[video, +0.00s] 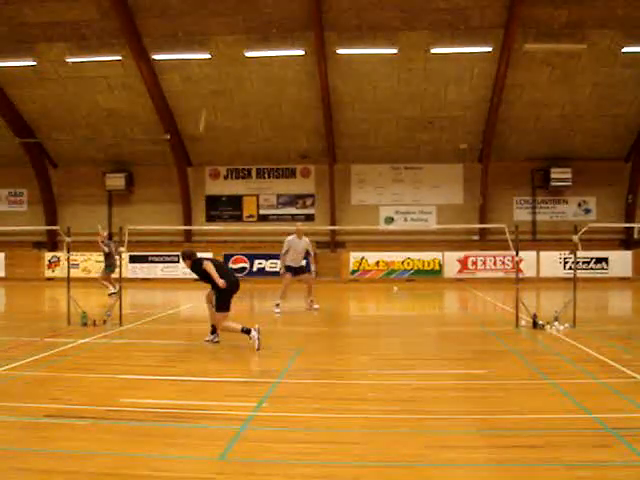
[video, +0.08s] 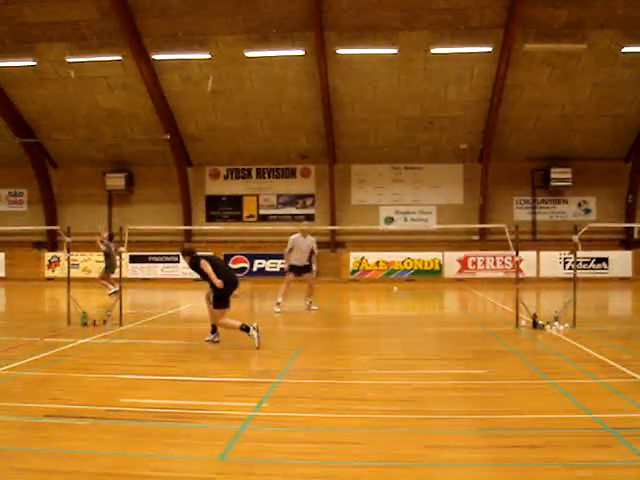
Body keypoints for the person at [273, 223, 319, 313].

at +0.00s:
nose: (299, 230)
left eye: (301, 228)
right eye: (298, 228)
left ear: (303, 230)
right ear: (295, 229)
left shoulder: (306, 241)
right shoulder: (289, 240)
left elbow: (311, 255)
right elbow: (283, 253)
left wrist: (312, 269)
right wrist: (282, 267)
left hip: (300, 264)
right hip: (289, 264)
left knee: (309, 279)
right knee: (287, 279)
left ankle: (310, 302)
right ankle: (279, 303)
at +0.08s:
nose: (305, 230)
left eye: (307, 228)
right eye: (303, 228)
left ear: (309, 229)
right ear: (300, 229)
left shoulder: (311, 240)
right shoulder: (293, 239)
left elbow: (314, 253)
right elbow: (287, 251)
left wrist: (314, 267)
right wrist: (286, 263)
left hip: (305, 264)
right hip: (293, 263)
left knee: (310, 281)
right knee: (288, 280)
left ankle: (308, 303)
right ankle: (278, 302)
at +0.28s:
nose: (314, 227)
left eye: (316, 225)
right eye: (312, 224)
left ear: (317, 226)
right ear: (308, 224)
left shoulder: (319, 235)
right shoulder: (301, 234)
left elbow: (323, 249)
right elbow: (295, 246)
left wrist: (320, 260)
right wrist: (296, 257)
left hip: (314, 259)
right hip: (302, 259)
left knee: (318, 278)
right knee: (298, 277)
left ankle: (316, 298)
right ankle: (291, 298)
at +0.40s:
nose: (317, 228)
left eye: (319, 226)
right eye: (315, 225)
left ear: (321, 227)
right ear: (312, 227)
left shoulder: (325, 238)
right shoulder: (308, 236)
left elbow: (329, 252)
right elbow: (302, 247)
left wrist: (323, 263)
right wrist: (301, 258)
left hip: (320, 262)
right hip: (309, 262)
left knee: (324, 282)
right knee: (304, 281)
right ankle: (303, 298)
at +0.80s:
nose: (310, 223)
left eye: (312, 221)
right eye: (311, 221)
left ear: (316, 223)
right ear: (311, 223)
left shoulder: (317, 233)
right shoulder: (310, 232)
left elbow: (316, 244)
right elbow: (310, 242)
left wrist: (305, 246)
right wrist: (302, 243)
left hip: (320, 258)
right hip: (312, 257)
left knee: (318, 276)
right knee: (307, 275)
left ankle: (329, 292)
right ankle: (318, 292)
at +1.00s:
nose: (309, 227)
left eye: (310, 225)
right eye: (309, 225)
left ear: (311, 226)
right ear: (309, 226)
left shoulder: (313, 234)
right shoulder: (309, 235)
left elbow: (309, 240)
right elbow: (310, 247)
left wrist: (297, 234)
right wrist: (301, 248)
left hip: (316, 261)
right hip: (309, 261)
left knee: (316, 278)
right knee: (303, 276)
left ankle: (329, 294)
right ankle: (306, 292)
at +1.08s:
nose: (303, 226)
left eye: (305, 225)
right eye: (304, 225)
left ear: (308, 227)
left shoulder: (309, 235)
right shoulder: (304, 238)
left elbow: (306, 238)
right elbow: (302, 245)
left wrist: (296, 230)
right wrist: (295, 246)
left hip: (311, 261)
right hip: (305, 261)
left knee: (314, 277)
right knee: (302, 277)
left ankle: (328, 294)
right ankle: (303, 292)